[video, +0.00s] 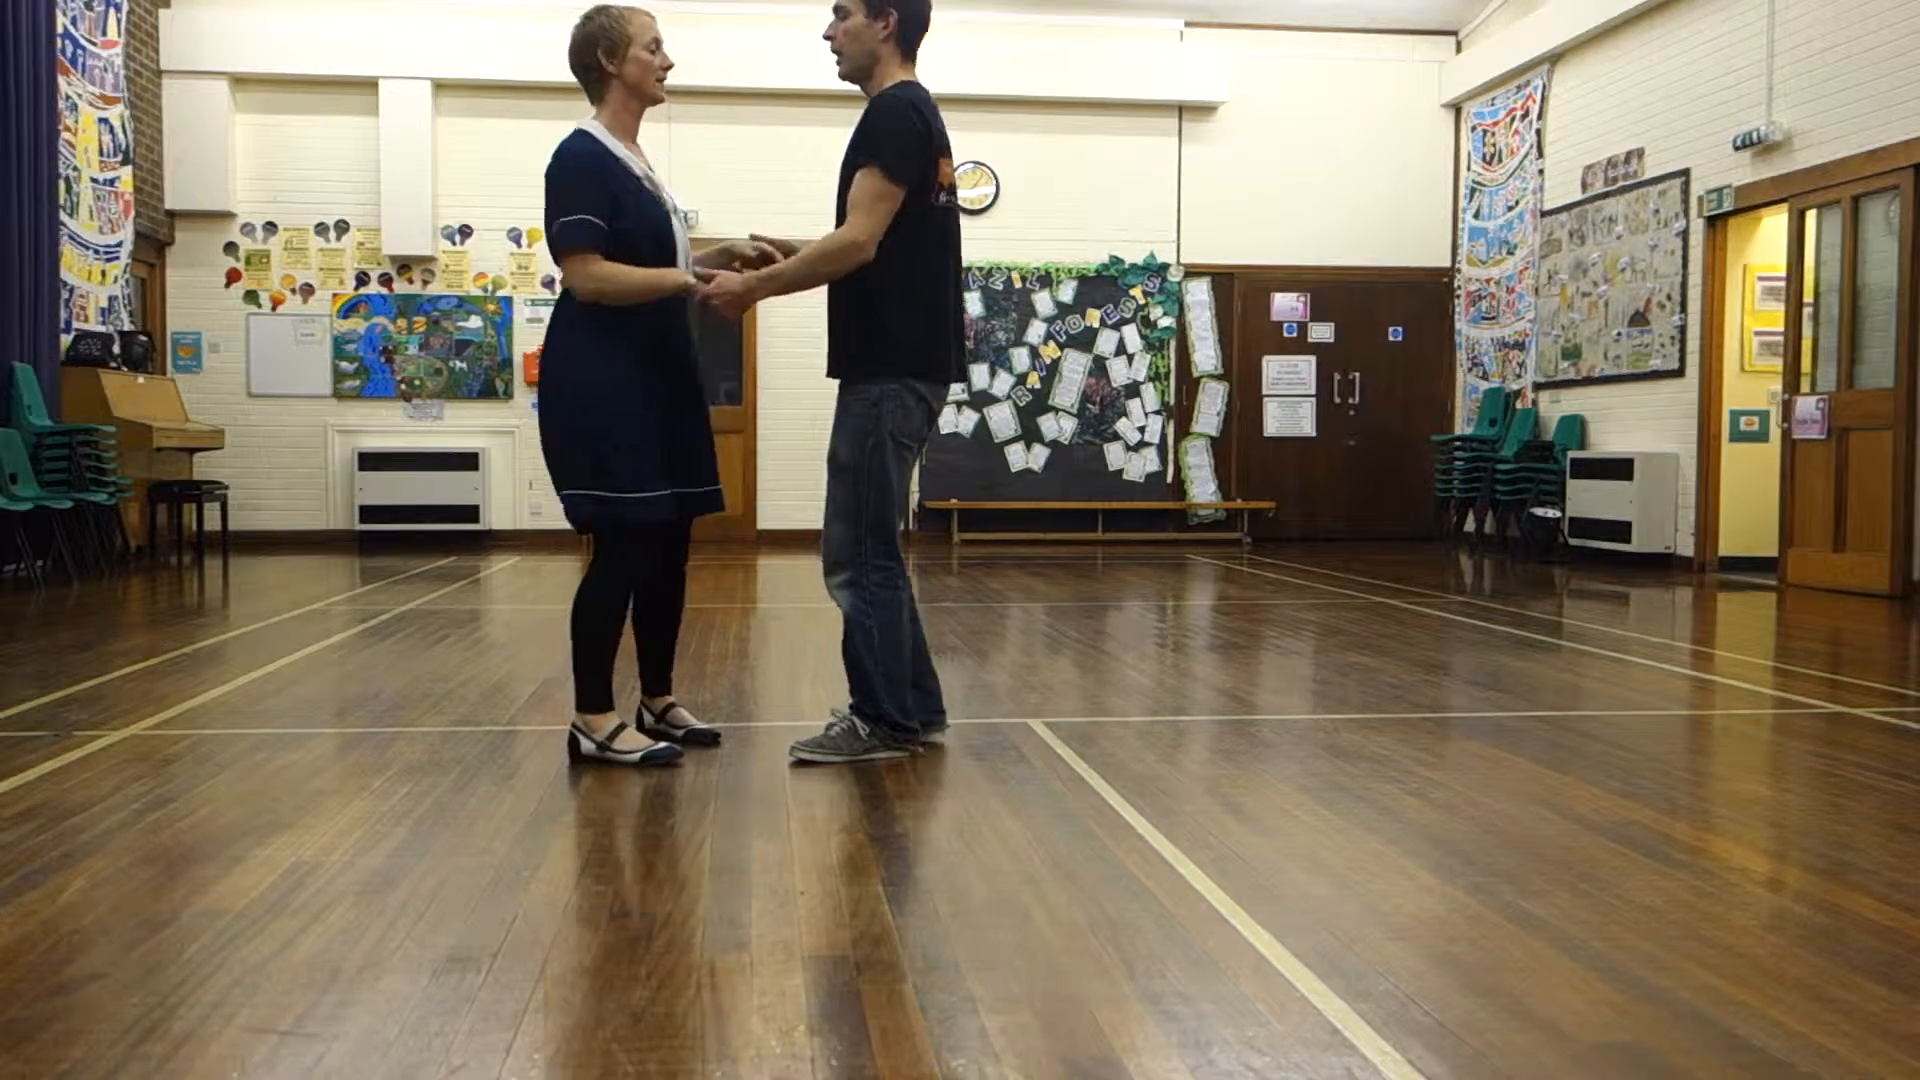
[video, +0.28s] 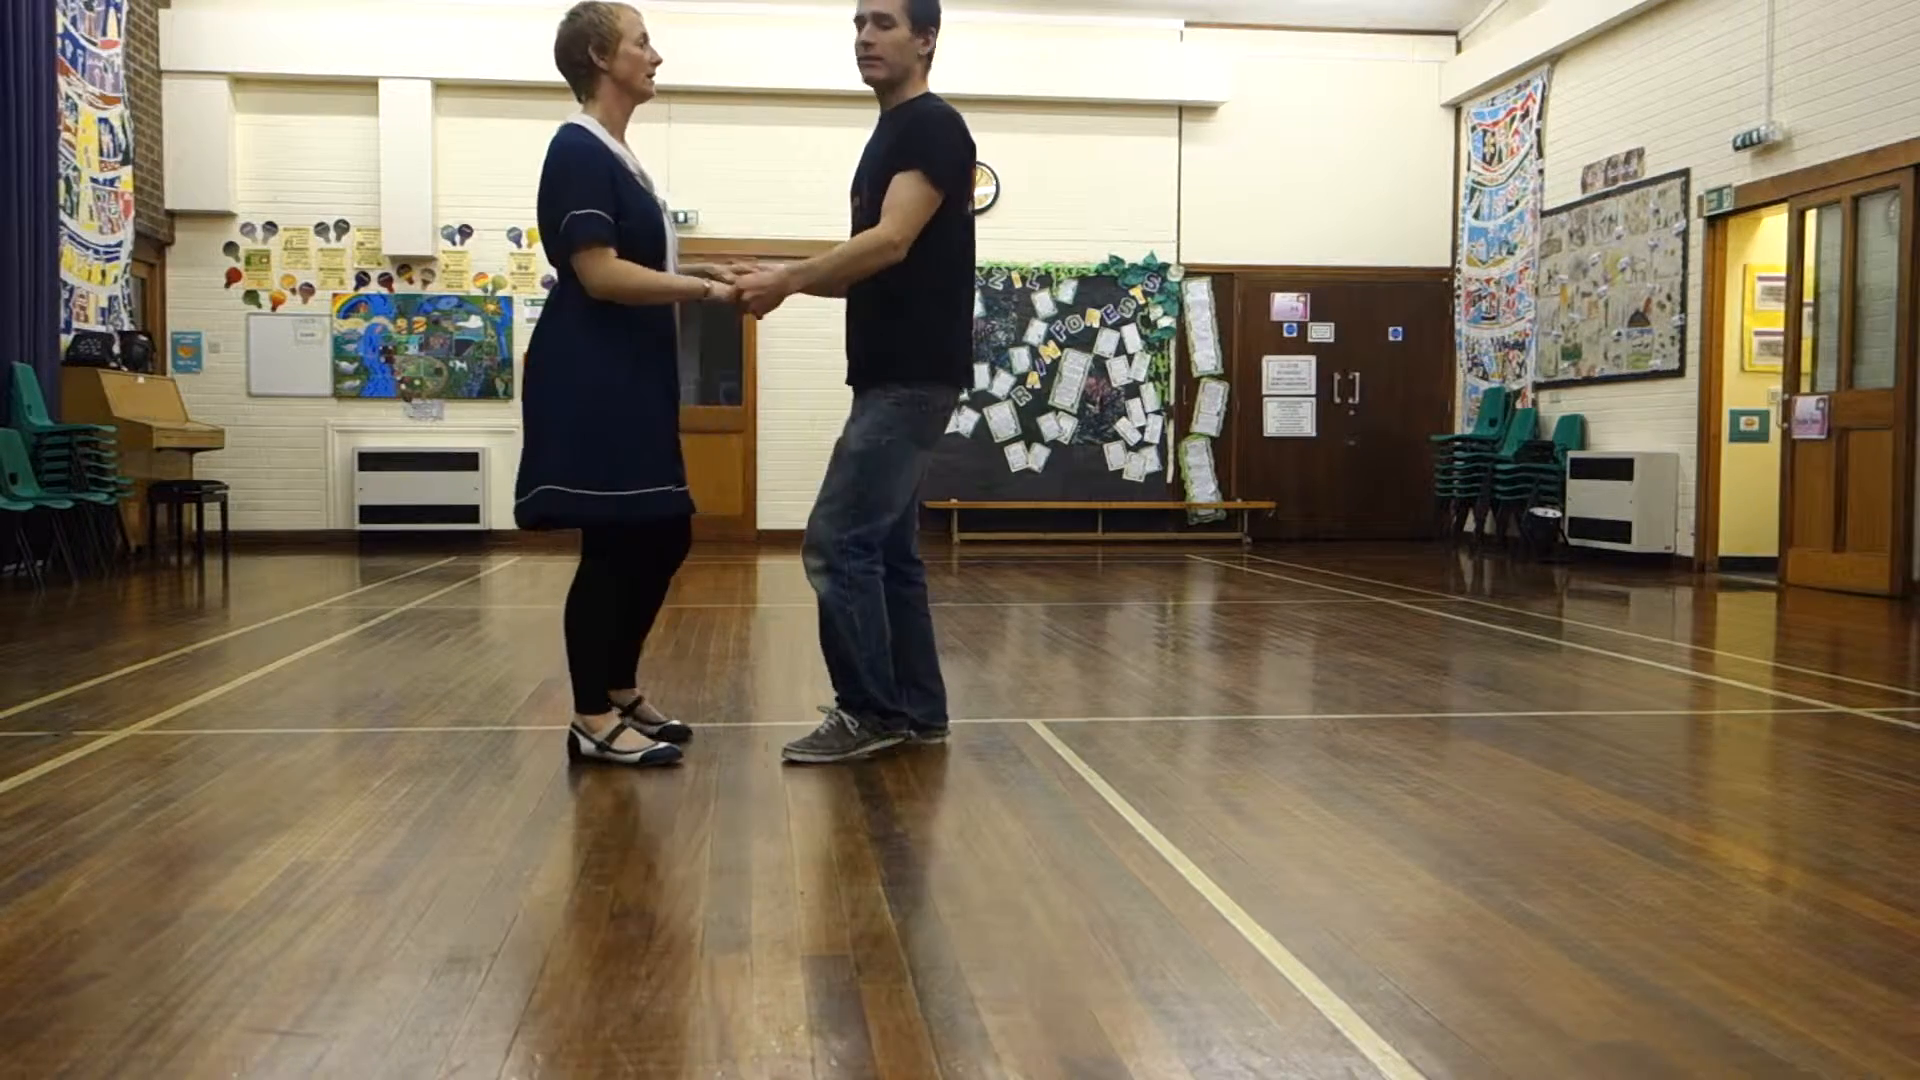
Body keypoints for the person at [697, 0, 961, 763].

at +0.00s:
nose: (830, 31)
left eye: (844, 16)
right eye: (833, 18)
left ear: (889, 26)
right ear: (887, 32)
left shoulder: (897, 110)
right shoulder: (904, 111)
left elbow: (857, 241)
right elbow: (873, 249)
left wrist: (754, 286)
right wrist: (790, 254)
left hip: (890, 370)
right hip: (897, 367)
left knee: (856, 554)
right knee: (871, 549)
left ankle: (881, 717)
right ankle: (914, 710)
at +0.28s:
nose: (864, 38)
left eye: (882, 24)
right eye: (859, 25)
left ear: (926, 41)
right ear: (857, 38)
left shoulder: (932, 125)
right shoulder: (892, 131)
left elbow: (894, 240)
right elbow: (873, 254)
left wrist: (792, 277)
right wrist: (789, 277)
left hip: (913, 376)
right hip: (891, 375)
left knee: (836, 542)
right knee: (890, 548)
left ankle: (870, 711)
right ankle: (917, 710)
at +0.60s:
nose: (881, 39)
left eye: (900, 25)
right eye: (872, 26)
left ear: (935, 45)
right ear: (862, 40)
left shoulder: (939, 129)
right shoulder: (887, 138)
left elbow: (915, 247)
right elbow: (885, 257)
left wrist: (812, 292)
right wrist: (809, 290)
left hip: (918, 378)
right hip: (888, 377)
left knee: (871, 556)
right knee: (892, 552)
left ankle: (859, 720)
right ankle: (917, 709)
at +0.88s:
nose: (871, 42)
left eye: (889, 28)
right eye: (863, 30)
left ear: (926, 44)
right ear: (857, 43)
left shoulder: (933, 130)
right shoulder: (891, 137)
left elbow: (912, 247)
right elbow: (882, 256)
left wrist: (811, 295)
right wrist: (809, 295)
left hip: (913, 381)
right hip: (890, 380)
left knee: (860, 554)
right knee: (892, 551)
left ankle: (858, 718)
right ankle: (917, 709)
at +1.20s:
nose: (855, 42)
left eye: (873, 27)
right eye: (848, 29)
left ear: (913, 45)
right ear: (845, 40)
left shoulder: (915, 127)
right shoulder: (885, 134)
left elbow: (894, 245)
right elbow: (872, 256)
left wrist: (796, 285)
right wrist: (799, 289)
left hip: (897, 378)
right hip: (883, 376)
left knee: (850, 553)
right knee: (887, 551)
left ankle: (855, 721)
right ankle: (916, 710)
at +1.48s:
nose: (832, 40)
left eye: (848, 28)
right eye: (832, 28)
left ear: (897, 44)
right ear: (870, 47)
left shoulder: (904, 126)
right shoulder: (882, 132)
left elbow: (902, 243)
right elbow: (886, 261)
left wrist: (799, 261)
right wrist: (804, 284)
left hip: (886, 378)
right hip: (882, 374)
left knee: (843, 554)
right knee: (884, 549)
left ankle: (856, 720)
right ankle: (915, 708)